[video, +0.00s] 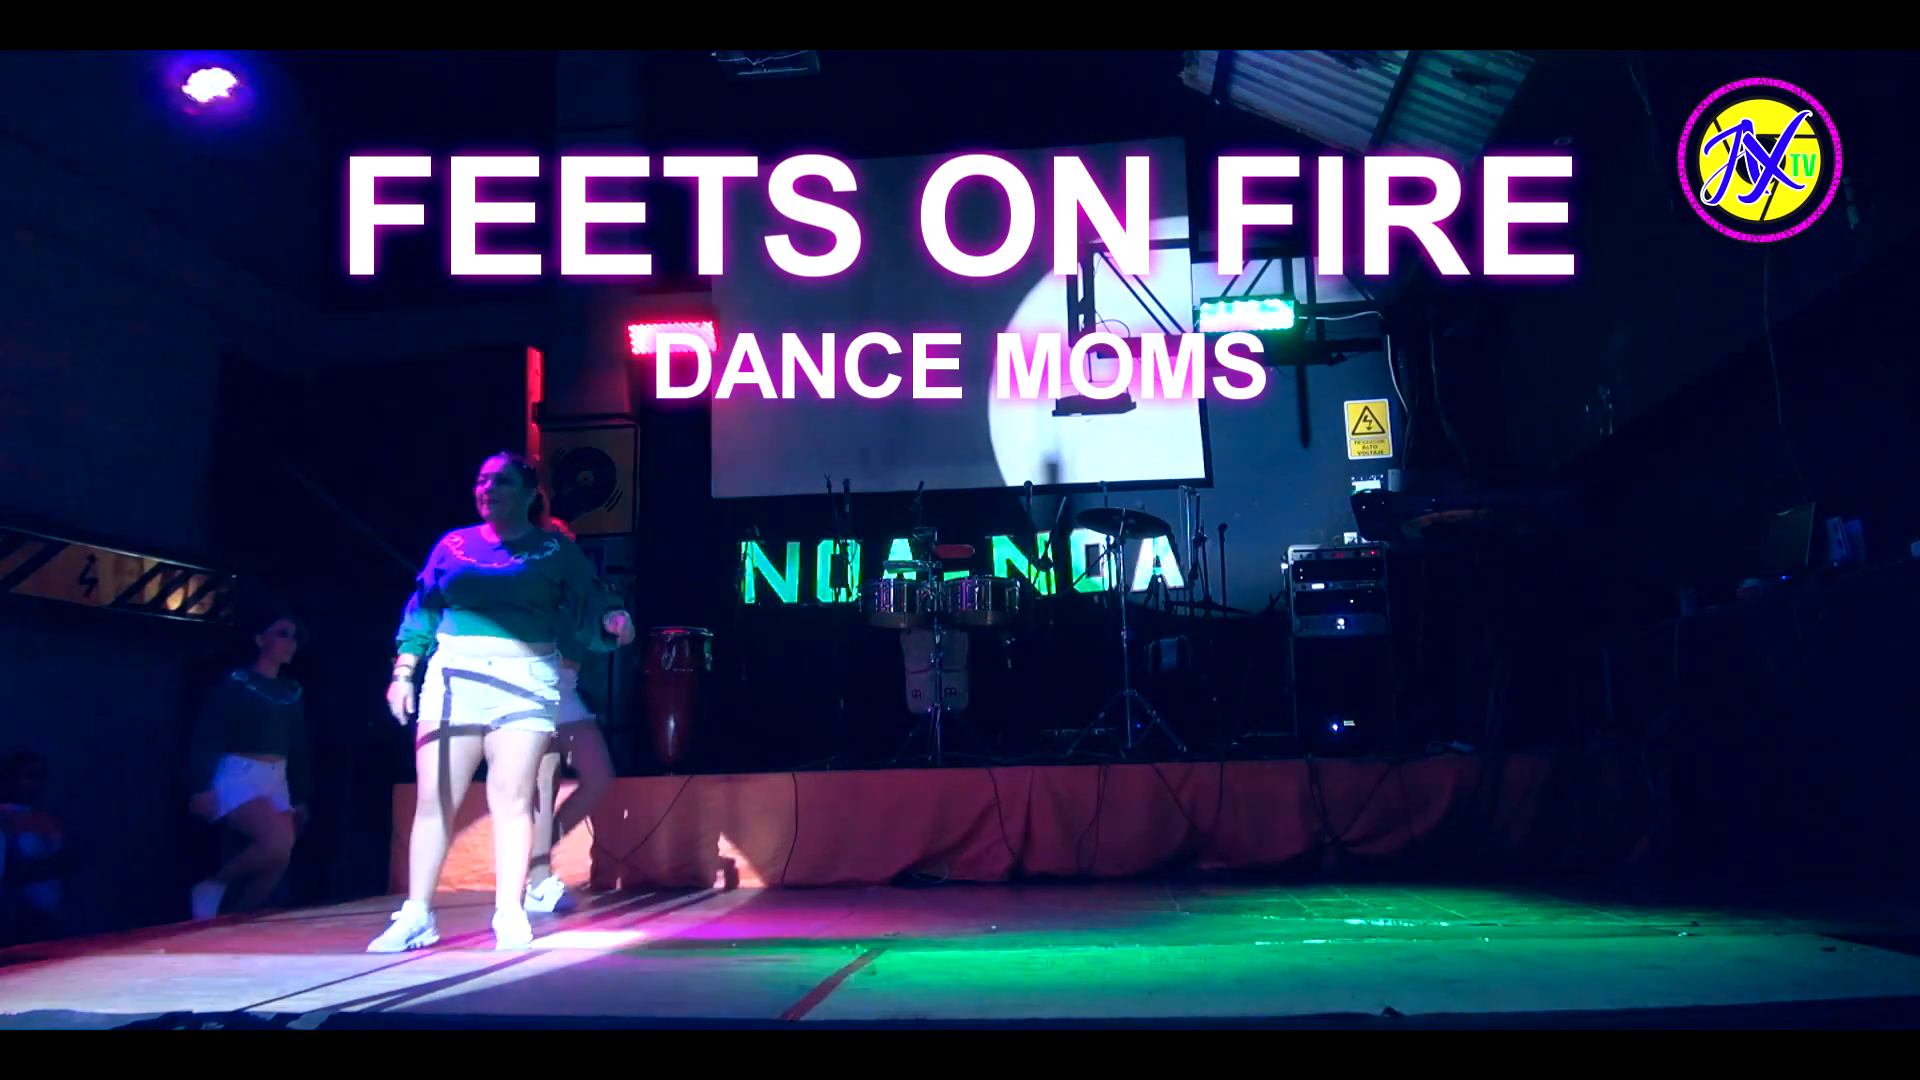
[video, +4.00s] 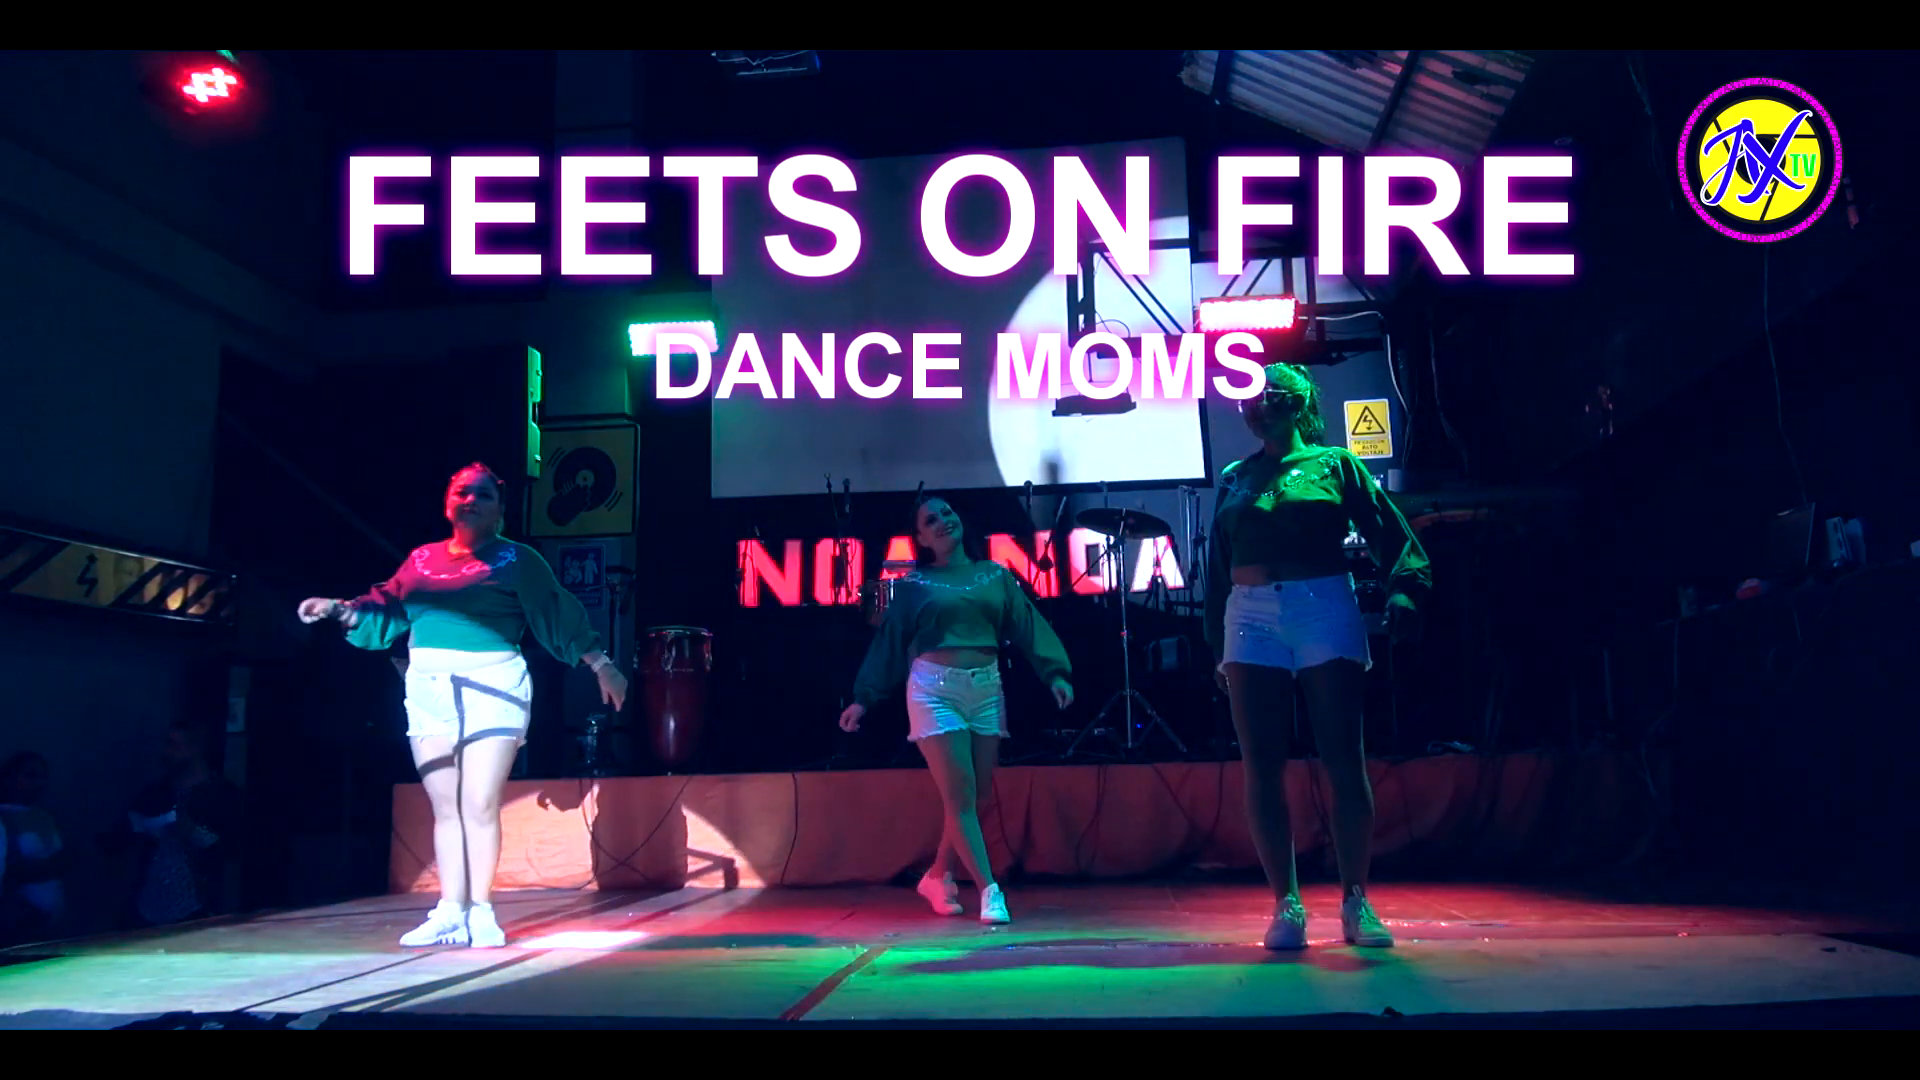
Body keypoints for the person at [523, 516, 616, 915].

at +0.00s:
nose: (559, 553)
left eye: (563, 546)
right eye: (552, 547)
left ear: (571, 549)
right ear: (535, 549)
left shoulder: (579, 590)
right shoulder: (523, 588)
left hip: (563, 687)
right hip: (525, 686)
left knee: (599, 779)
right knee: (543, 782)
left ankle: (539, 846)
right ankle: (539, 876)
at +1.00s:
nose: (807, 536)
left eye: (809, 529)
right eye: (796, 531)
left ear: (816, 533)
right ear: (778, 541)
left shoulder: (828, 583)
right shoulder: (770, 587)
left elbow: (850, 644)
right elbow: (741, 653)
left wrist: (870, 694)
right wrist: (762, 696)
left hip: (825, 677)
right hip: (786, 674)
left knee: (849, 783)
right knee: (814, 781)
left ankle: (769, 843)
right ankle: (819, 882)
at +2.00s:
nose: (1027, 506)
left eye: (1034, 498)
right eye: (1019, 502)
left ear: (1054, 501)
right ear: (1012, 514)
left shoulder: (1087, 551)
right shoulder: (1010, 565)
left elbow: (1121, 611)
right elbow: (987, 632)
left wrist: (1157, 656)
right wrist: (988, 694)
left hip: (1085, 660)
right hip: (1032, 657)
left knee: (1098, 780)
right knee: (1066, 773)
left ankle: (1022, 844)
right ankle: (1093, 889)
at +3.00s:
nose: (1203, 438)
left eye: (1214, 427)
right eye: (1195, 433)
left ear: (1240, 436)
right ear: (1189, 449)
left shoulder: (1283, 489)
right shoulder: (1187, 511)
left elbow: (1341, 551)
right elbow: (1169, 593)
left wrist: (1370, 597)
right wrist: (1170, 666)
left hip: (1272, 631)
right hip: (1207, 629)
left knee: (1279, 770)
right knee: (1242, 764)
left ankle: (1238, 879)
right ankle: (1275, 902)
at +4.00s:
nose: (1253, 406)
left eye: (1265, 397)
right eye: (1250, 399)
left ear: (1298, 405)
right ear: (1249, 413)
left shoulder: (1338, 465)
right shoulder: (1235, 480)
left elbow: (1401, 542)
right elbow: (1217, 572)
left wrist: (1399, 596)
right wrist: (1220, 644)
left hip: (1325, 609)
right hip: (1249, 613)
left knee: (1343, 759)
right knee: (1262, 764)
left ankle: (1355, 901)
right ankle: (1286, 904)